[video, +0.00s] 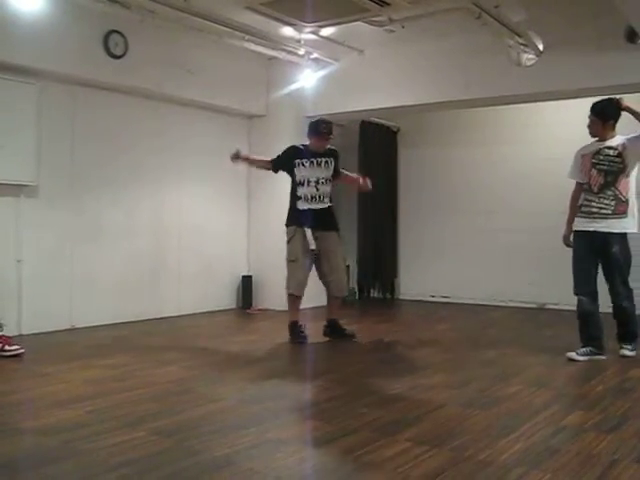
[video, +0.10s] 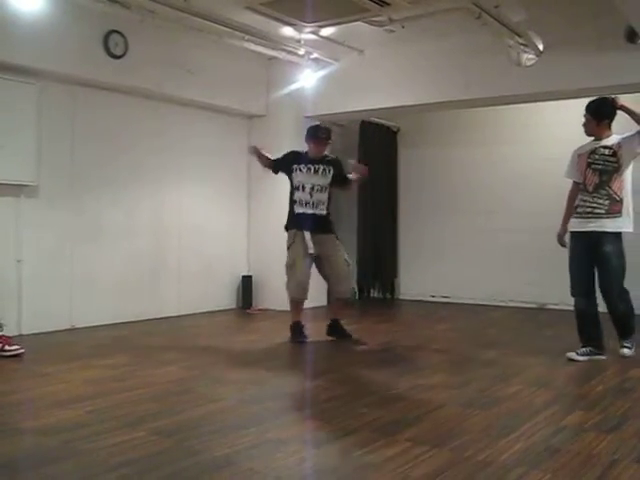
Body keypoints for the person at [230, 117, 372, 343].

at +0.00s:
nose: (326, 143)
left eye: (328, 139)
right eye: (322, 139)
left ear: (329, 138)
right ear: (312, 137)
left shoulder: (331, 155)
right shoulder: (294, 153)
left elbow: (336, 174)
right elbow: (271, 165)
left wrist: (357, 180)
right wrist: (244, 158)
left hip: (325, 222)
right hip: (299, 222)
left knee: (336, 273)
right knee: (297, 272)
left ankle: (332, 323)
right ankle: (294, 325)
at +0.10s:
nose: (321, 147)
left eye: (324, 143)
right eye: (317, 142)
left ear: (328, 144)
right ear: (308, 141)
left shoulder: (333, 164)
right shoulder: (294, 158)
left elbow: (343, 185)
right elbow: (272, 165)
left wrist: (356, 178)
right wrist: (259, 155)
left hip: (323, 228)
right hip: (298, 227)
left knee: (341, 272)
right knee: (298, 275)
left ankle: (334, 323)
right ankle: (296, 325)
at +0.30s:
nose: (332, 155)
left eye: (332, 150)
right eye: (329, 150)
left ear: (321, 151)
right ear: (316, 149)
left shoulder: (325, 170)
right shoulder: (304, 168)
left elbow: (342, 186)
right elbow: (317, 182)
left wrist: (323, 174)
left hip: (328, 231)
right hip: (306, 231)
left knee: (344, 273)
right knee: (307, 278)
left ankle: (335, 323)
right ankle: (297, 326)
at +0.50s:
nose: (332, 153)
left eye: (333, 149)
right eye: (329, 148)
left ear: (323, 149)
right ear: (316, 147)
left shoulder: (326, 168)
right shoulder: (303, 169)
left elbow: (341, 190)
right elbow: (309, 201)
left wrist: (333, 179)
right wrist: (336, 207)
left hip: (330, 233)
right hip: (310, 235)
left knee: (352, 278)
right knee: (315, 286)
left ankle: (337, 322)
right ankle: (295, 325)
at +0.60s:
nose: (332, 153)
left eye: (333, 149)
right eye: (329, 148)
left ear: (329, 150)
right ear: (316, 148)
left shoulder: (329, 170)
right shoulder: (297, 165)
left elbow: (330, 192)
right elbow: (278, 188)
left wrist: (338, 184)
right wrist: (301, 192)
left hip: (329, 234)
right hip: (307, 235)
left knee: (352, 278)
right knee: (317, 284)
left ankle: (337, 323)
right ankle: (291, 326)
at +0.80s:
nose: (315, 165)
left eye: (320, 161)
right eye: (312, 160)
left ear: (324, 162)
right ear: (304, 158)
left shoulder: (331, 186)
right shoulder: (288, 185)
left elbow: (353, 206)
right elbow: (284, 214)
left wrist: (336, 223)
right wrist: (285, 237)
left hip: (328, 245)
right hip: (300, 245)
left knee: (345, 280)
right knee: (288, 283)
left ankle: (336, 323)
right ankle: (284, 326)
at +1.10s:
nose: (327, 142)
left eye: (330, 137)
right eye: (323, 137)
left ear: (336, 138)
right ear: (316, 138)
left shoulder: (345, 163)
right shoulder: (305, 161)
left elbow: (351, 194)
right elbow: (295, 187)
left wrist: (347, 220)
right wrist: (287, 210)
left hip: (336, 228)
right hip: (307, 228)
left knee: (351, 272)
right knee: (295, 269)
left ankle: (346, 319)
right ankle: (293, 315)